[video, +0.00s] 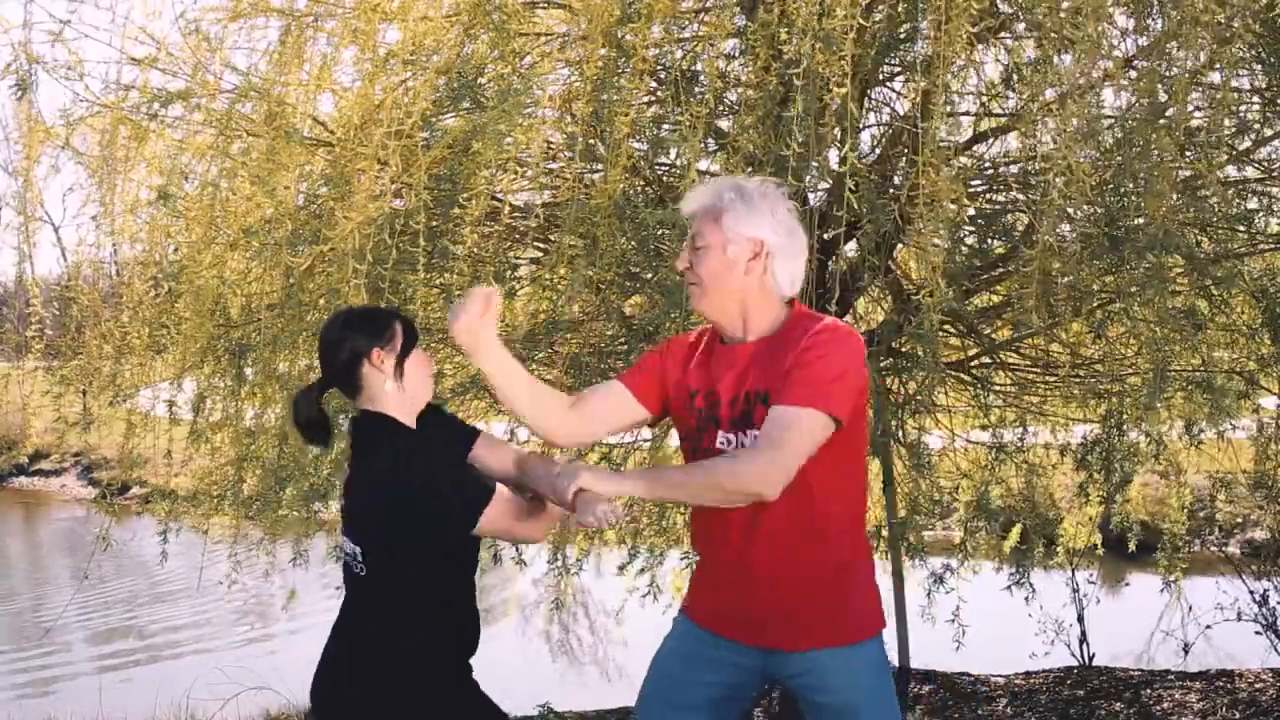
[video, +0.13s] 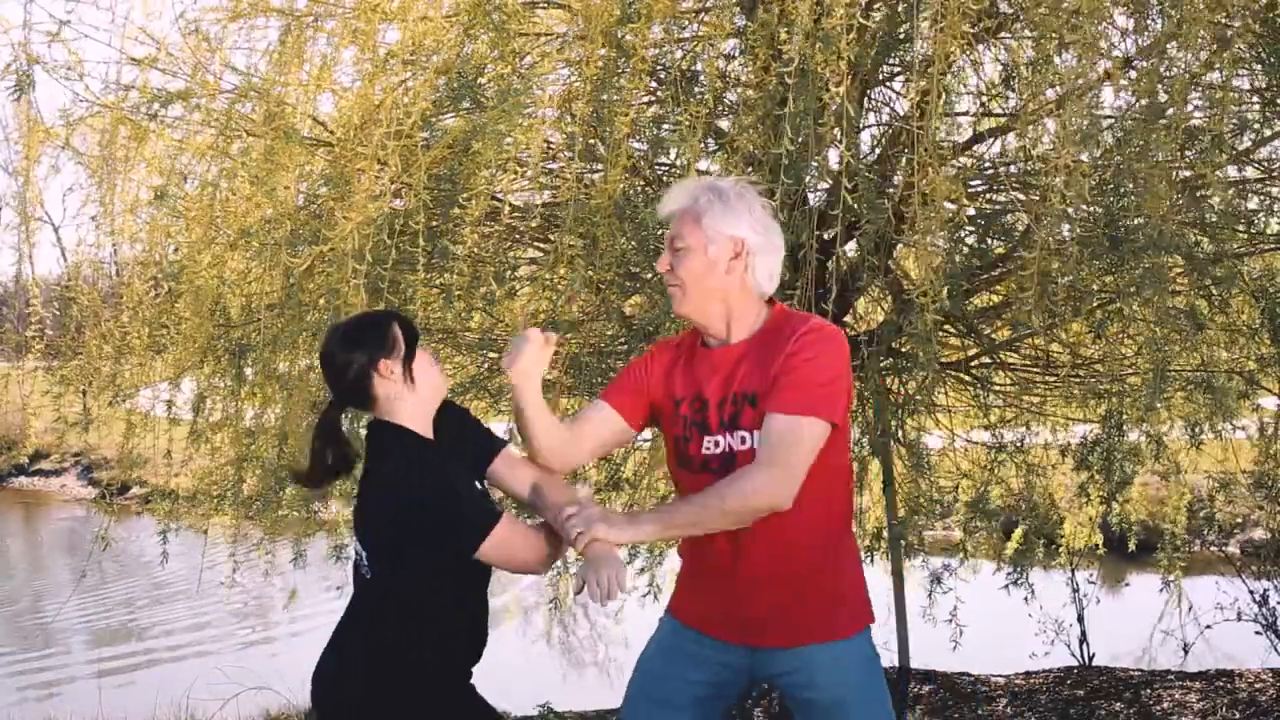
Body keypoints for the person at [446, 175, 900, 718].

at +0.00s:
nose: (681, 263)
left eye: (697, 246)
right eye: (686, 247)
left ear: (753, 256)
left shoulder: (829, 346)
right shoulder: (683, 360)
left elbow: (763, 474)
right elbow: (566, 420)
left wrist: (623, 483)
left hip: (834, 640)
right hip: (712, 632)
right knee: (657, 712)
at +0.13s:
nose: (660, 266)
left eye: (677, 249)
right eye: (664, 251)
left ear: (736, 255)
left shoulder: (812, 344)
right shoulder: (663, 364)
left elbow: (773, 484)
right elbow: (561, 453)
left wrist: (631, 526)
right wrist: (526, 385)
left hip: (821, 637)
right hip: (698, 633)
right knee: (641, 710)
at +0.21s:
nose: (649, 270)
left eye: (665, 253)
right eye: (653, 253)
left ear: (723, 257)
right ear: (716, 259)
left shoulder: (805, 349)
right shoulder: (658, 365)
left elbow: (797, 494)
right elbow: (555, 445)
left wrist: (657, 496)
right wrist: (557, 350)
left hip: (818, 640)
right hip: (697, 635)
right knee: (639, 709)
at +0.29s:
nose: (638, 272)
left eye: (653, 255)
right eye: (642, 256)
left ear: (710, 258)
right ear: (705, 260)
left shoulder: (796, 353)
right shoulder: (654, 359)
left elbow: (800, 499)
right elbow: (548, 423)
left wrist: (689, 438)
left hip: (807, 646)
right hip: (689, 635)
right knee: (637, 709)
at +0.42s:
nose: (637, 271)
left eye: (652, 253)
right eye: (640, 255)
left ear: (708, 257)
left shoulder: (779, 350)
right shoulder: (655, 353)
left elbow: (650, 448)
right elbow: (553, 435)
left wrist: (529, 418)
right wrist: (521, 525)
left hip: (796, 631)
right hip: (681, 625)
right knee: (631, 711)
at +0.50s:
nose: (636, 274)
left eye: (650, 257)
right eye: (640, 259)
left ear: (706, 262)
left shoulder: (773, 349)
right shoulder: (654, 357)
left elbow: (648, 452)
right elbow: (554, 440)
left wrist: (525, 429)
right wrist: (523, 528)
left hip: (795, 634)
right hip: (680, 627)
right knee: (631, 711)